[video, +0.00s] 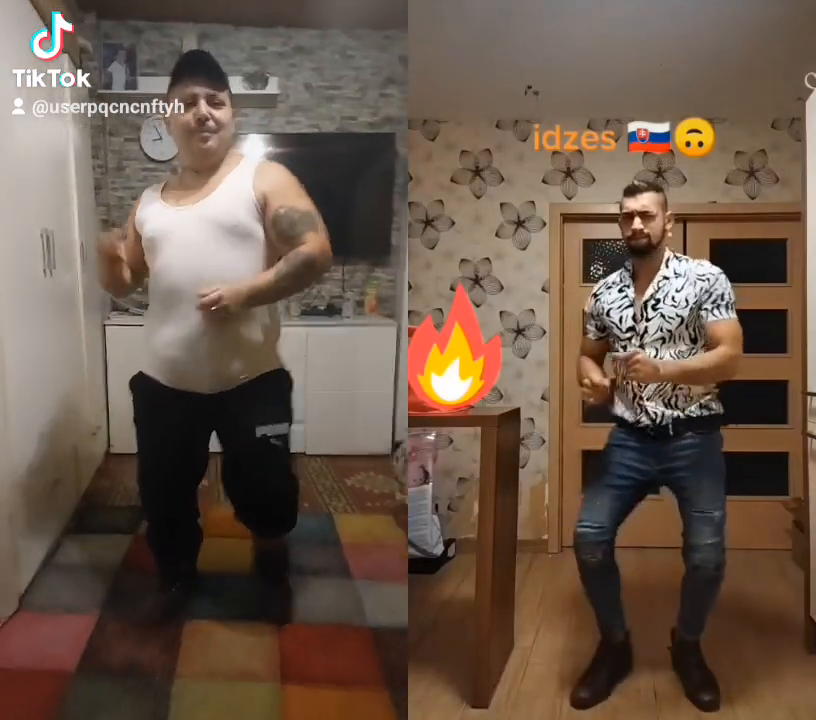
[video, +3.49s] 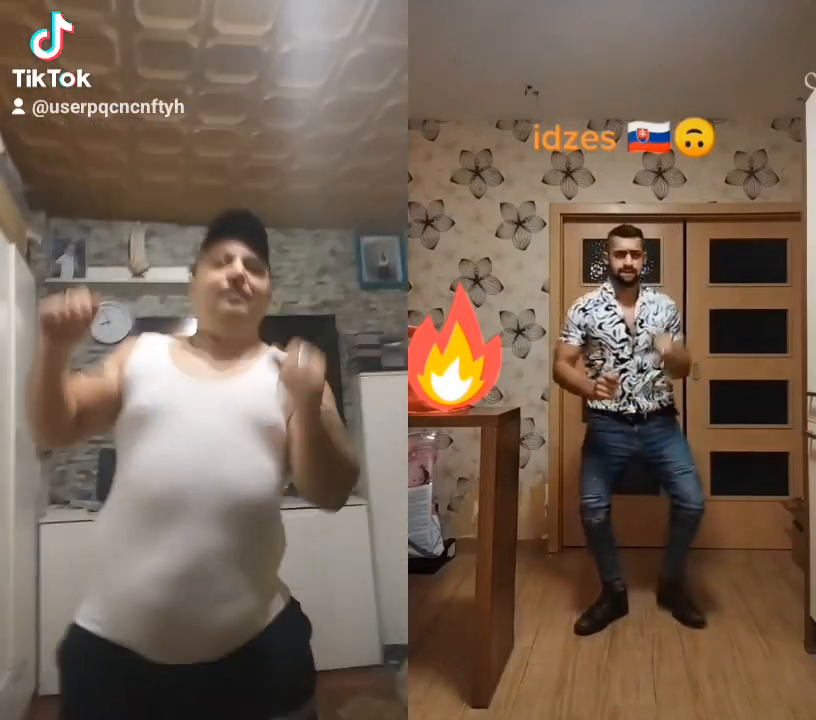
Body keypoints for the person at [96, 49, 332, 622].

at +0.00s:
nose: (205, 113)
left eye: (216, 100)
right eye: (189, 103)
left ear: (232, 111)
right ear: (167, 118)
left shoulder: (265, 179)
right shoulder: (150, 203)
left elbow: (315, 251)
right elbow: (127, 285)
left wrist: (249, 292)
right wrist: (111, 263)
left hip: (251, 377)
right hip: (166, 381)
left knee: (265, 492)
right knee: (164, 496)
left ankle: (272, 564)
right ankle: (174, 583)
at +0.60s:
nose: (239, 155)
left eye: (249, 143)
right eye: (226, 145)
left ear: (266, 153)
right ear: (208, 160)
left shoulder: (305, 211)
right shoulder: (188, 237)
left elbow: (356, 255)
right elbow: (165, 316)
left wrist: (349, 298)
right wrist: (199, 346)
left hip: (296, 406)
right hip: (214, 409)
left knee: (296, 523)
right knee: (215, 523)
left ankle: (289, 609)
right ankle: (218, 611)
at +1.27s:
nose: (225, 112)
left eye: (239, 104)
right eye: (214, 98)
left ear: (252, 121)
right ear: (188, 106)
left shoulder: (263, 206)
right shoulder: (137, 170)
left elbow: (271, 292)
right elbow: (74, 236)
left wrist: (275, 285)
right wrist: (129, 270)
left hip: (217, 381)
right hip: (128, 381)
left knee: (244, 501)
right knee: (127, 510)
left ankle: (250, 589)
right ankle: (128, 600)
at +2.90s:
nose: (198, 158)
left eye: (208, 141)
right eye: (181, 149)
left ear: (236, 149)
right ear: (166, 171)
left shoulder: (282, 224)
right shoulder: (153, 251)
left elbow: (343, 302)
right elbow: (107, 332)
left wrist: (341, 246)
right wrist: (99, 270)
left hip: (273, 452)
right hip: (173, 455)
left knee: (290, 600)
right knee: (152, 601)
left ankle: (293, 700)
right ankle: (135, 702)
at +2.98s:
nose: (210, 181)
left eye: (221, 164)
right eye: (194, 172)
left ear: (246, 176)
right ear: (176, 193)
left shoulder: (293, 248)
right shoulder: (158, 276)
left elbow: (350, 326)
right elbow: (123, 368)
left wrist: (353, 267)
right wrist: (120, 322)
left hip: (288, 480)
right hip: (186, 483)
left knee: (299, 627)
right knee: (152, 633)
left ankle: (292, 703)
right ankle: (136, 705)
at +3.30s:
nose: (258, 244)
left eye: (272, 232)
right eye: (242, 230)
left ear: (286, 248)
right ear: (212, 247)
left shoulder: (316, 330)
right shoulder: (170, 325)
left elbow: (370, 414)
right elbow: (102, 399)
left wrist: (359, 327)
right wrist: (92, 355)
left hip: (286, 575)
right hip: (169, 574)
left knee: (308, 712)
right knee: (140, 712)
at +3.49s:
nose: (237, 273)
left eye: (253, 266)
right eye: (221, 262)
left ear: (269, 293)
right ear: (194, 283)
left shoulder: (292, 376)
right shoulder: (140, 356)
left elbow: (329, 494)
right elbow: (51, 429)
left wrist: (307, 400)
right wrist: (55, 347)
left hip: (250, 650)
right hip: (118, 648)